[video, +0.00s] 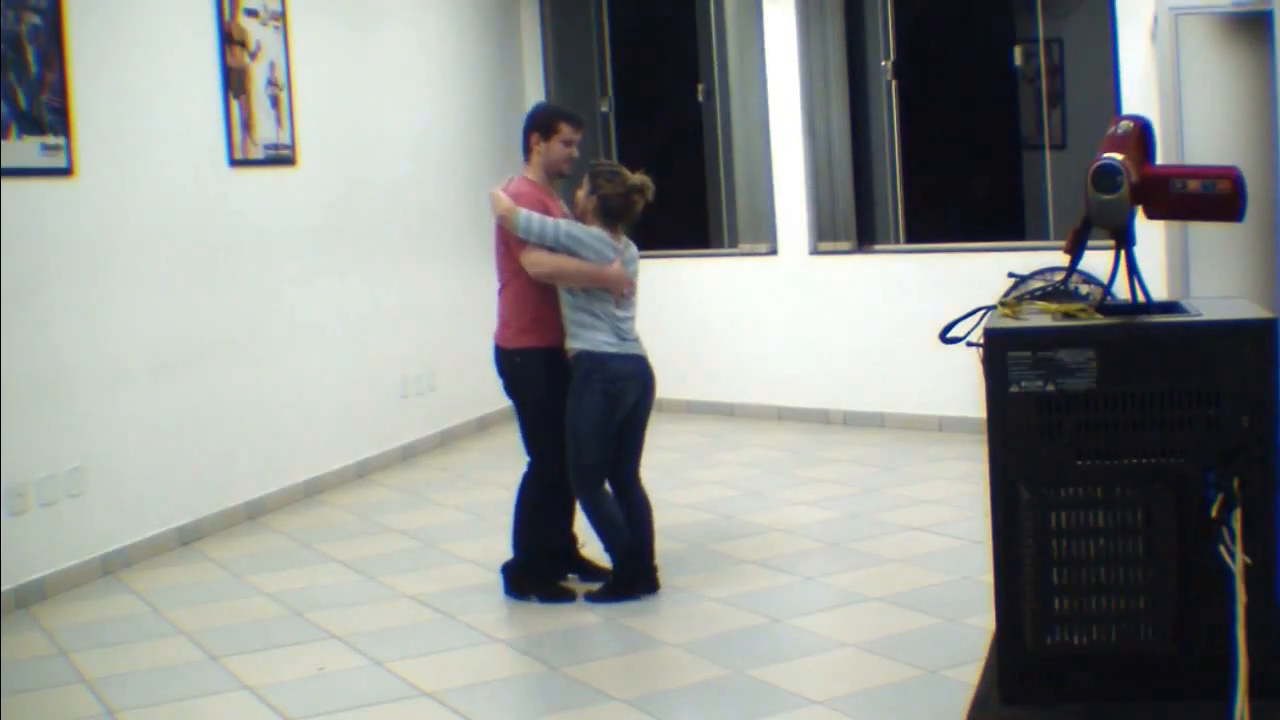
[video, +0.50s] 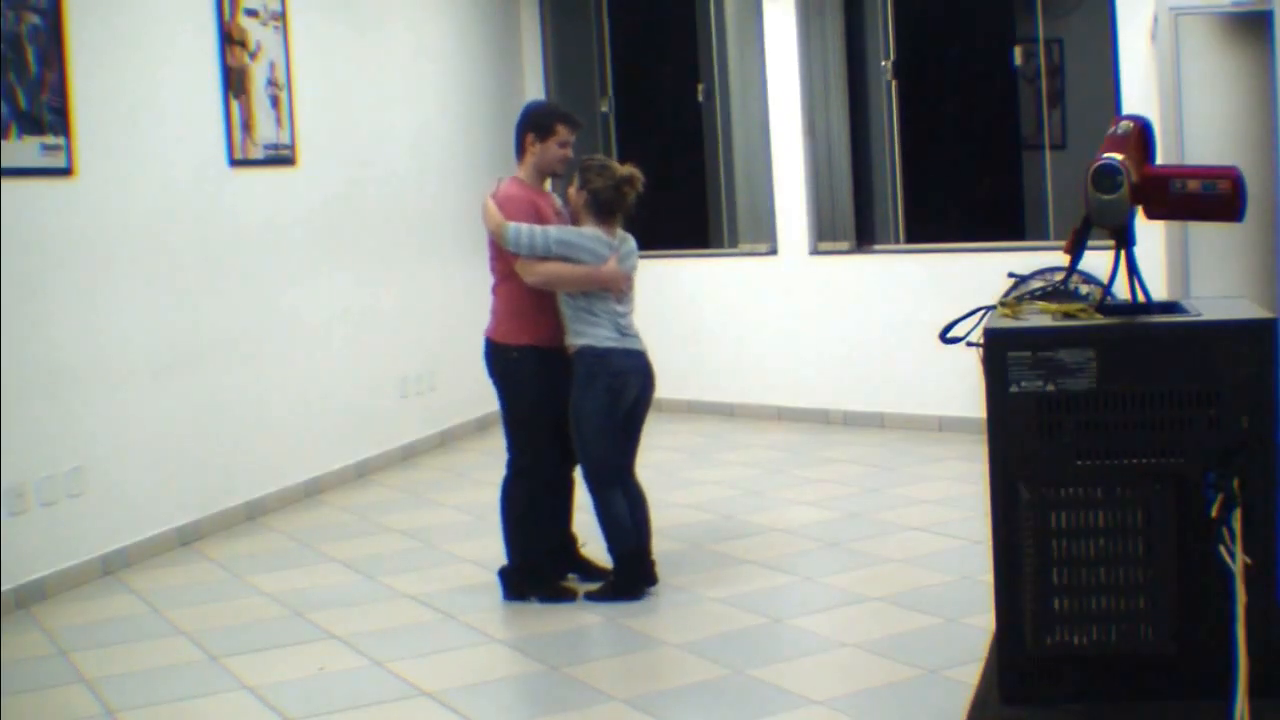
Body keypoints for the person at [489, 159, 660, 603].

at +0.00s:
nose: (575, 194)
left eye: (581, 189)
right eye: (578, 187)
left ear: (591, 201)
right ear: (624, 208)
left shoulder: (583, 239)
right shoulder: (628, 251)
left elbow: (511, 217)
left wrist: (497, 192)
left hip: (597, 371)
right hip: (636, 371)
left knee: (586, 478)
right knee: (625, 474)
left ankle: (630, 572)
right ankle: (642, 569)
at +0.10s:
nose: (576, 196)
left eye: (581, 190)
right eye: (579, 188)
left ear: (592, 202)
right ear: (624, 209)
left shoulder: (583, 239)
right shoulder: (627, 252)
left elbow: (511, 218)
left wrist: (497, 193)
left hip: (597, 371)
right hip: (636, 372)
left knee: (590, 475)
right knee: (623, 473)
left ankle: (632, 572)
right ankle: (642, 569)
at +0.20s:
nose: (575, 194)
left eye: (580, 189)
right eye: (578, 187)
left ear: (589, 202)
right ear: (623, 209)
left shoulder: (583, 239)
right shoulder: (626, 251)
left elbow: (509, 217)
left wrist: (498, 191)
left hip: (599, 371)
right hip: (636, 371)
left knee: (591, 476)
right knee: (624, 473)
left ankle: (631, 572)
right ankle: (641, 568)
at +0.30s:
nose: (572, 191)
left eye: (577, 186)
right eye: (575, 185)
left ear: (585, 200)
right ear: (622, 206)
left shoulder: (582, 239)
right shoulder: (626, 247)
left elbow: (507, 218)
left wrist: (496, 196)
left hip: (599, 367)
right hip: (637, 367)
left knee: (590, 473)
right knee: (624, 470)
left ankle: (628, 571)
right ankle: (641, 567)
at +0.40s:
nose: (570, 190)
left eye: (574, 185)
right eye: (572, 184)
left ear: (582, 198)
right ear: (620, 203)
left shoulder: (581, 240)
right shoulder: (626, 245)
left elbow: (500, 223)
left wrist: (491, 195)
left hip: (599, 365)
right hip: (636, 366)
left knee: (594, 473)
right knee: (623, 470)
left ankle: (627, 572)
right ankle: (640, 566)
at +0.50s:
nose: (567, 191)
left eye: (571, 185)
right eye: (569, 184)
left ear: (580, 197)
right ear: (619, 202)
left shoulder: (580, 242)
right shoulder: (627, 246)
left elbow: (502, 230)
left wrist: (488, 197)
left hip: (598, 367)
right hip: (635, 367)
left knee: (602, 474)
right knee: (618, 471)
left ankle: (629, 574)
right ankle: (639, 566)